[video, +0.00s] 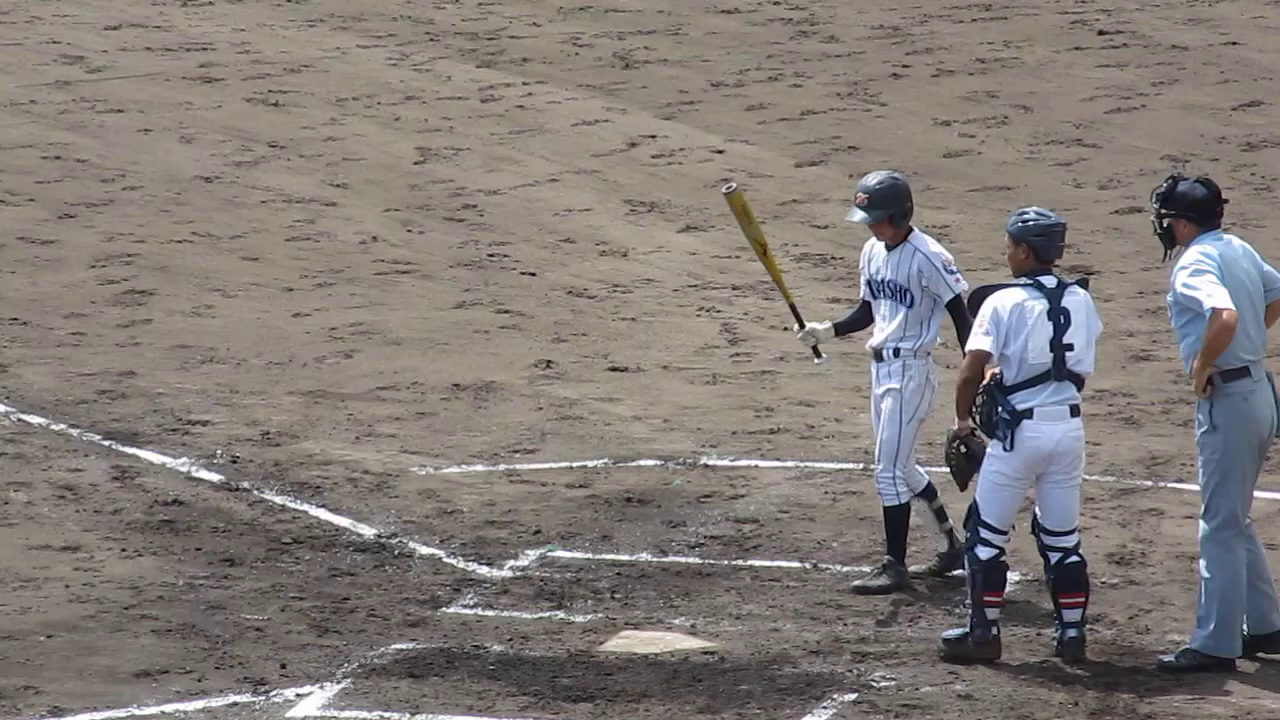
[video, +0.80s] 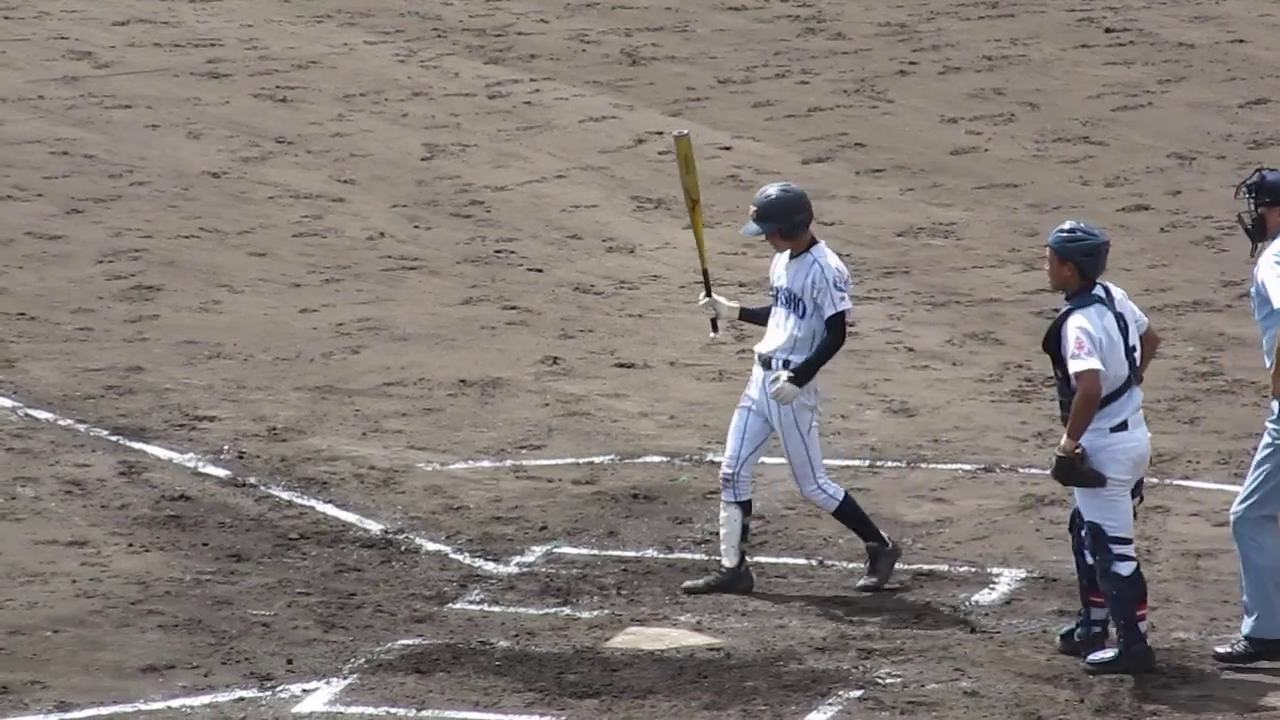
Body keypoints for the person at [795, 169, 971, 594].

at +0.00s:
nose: (869, 226)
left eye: (874, 219)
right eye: (867, 219)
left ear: (895, 217)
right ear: (877, 217)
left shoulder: (930, 257)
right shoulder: (873, 250)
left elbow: (962, 315)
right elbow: (868, 310)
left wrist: (974, 370)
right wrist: (829, 329)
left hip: (909, 372)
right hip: (882, 370)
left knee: (889, 470)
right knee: (900, 466)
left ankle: (894, 566)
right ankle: (953, 544)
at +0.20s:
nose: (860, 227)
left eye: (865, 220)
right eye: (858, 220)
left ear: (887, 217)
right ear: (866, 217)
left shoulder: (920, 257)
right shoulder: (863, 248)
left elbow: (941, 316)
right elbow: (857, 309)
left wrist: (941, 369)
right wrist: (813, 322)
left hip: (895, 370)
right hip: (863, 367)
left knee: (892, 467)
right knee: (852, 466)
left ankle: (897, 563)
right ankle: (916, 529)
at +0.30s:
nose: (850, 229)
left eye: (854, 221)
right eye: (848, 221)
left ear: (875, 218)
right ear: (863, 219)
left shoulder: (911, 258)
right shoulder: (856, 249)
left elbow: (930, 323)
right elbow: (849, 306)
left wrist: (918, 380)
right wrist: (805, 317)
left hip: (887, 372)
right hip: (853, 368)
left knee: (893, 473)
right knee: (826, 462)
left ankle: (898, 563)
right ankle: (876, 538)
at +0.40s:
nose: (839, 231)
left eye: (842, 224)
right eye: (837, 224)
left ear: (861, 220)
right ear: (854, 221)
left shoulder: (901, 259)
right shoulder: (846, 250)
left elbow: (918, 323)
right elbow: (844, 305)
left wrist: (897, 377)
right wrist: (799, 315)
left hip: (879, 373)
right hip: (842, 370)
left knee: (888, 472)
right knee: (808, 459)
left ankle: (898, 562)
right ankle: (826, 554)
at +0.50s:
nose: (823, 236)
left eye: (826, 229)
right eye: (821, 229)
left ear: (847, 224)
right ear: (839, 224)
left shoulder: (889, 261)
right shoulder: (835, 254)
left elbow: (905, 324)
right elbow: (834, 306)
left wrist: (878, 373)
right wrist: (786, 313)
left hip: (865, 376)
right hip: (829, 372)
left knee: (883, 472)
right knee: (798, 464)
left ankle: (898, 563)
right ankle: (771, 559)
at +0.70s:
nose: (786, 240)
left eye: (789, 233)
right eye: (783, 233)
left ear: (809, 228)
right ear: (805, 229)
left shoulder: (848, 267)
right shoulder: (800, 259)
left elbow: (859, 331)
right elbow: (800, 313)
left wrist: (817, 371)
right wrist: (752, 311)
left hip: (825, 383)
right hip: (788, 379)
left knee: (853, 477)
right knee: (753, 470)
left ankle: (897, 563)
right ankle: (736, 566)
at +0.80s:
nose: (765, 239)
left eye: (768, 233)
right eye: (764, 233)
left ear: (789, 229)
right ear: (791, 228)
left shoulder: (827, 269)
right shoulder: (783, 261)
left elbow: (836, 335)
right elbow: (782, 314)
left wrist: (798, 377)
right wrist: (735, 312)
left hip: (793, 385)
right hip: (762, 378)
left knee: (814, 486)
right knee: (733, 472)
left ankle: (880, 548)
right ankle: (733, 568)